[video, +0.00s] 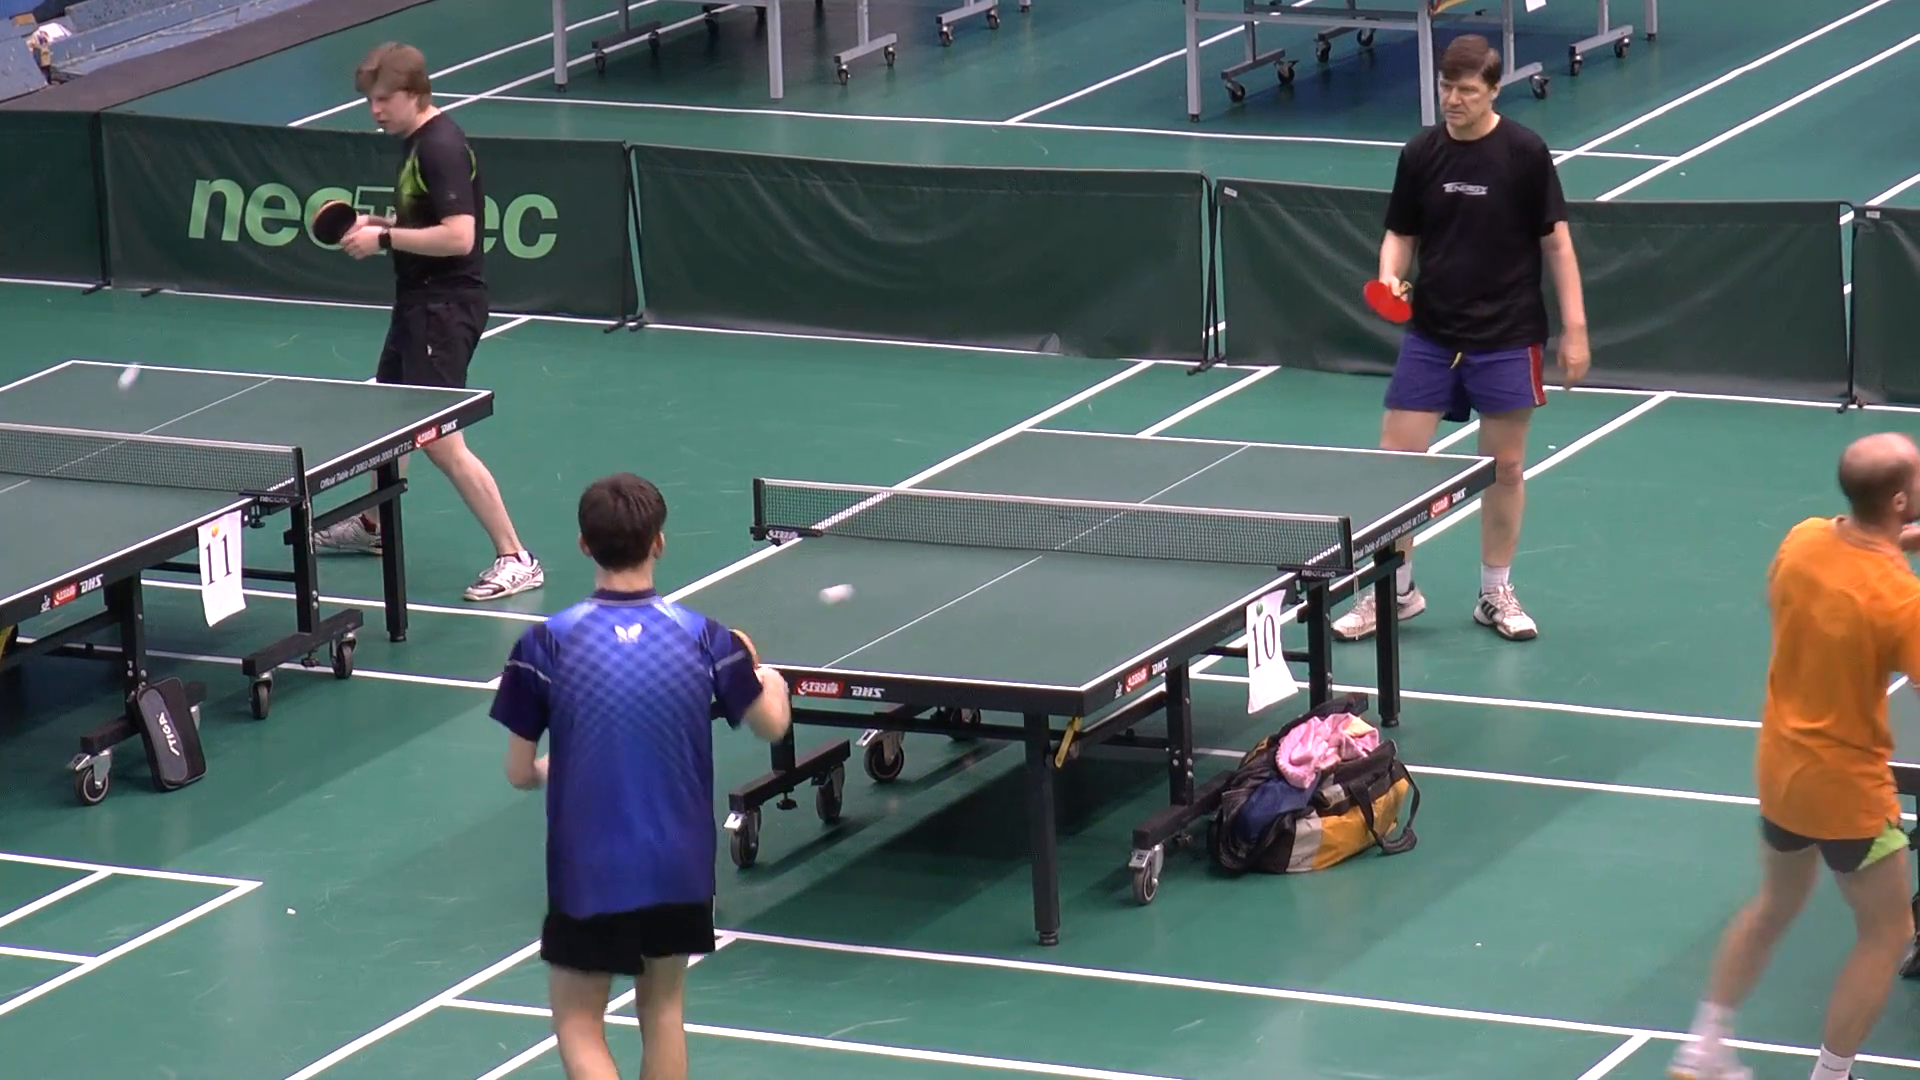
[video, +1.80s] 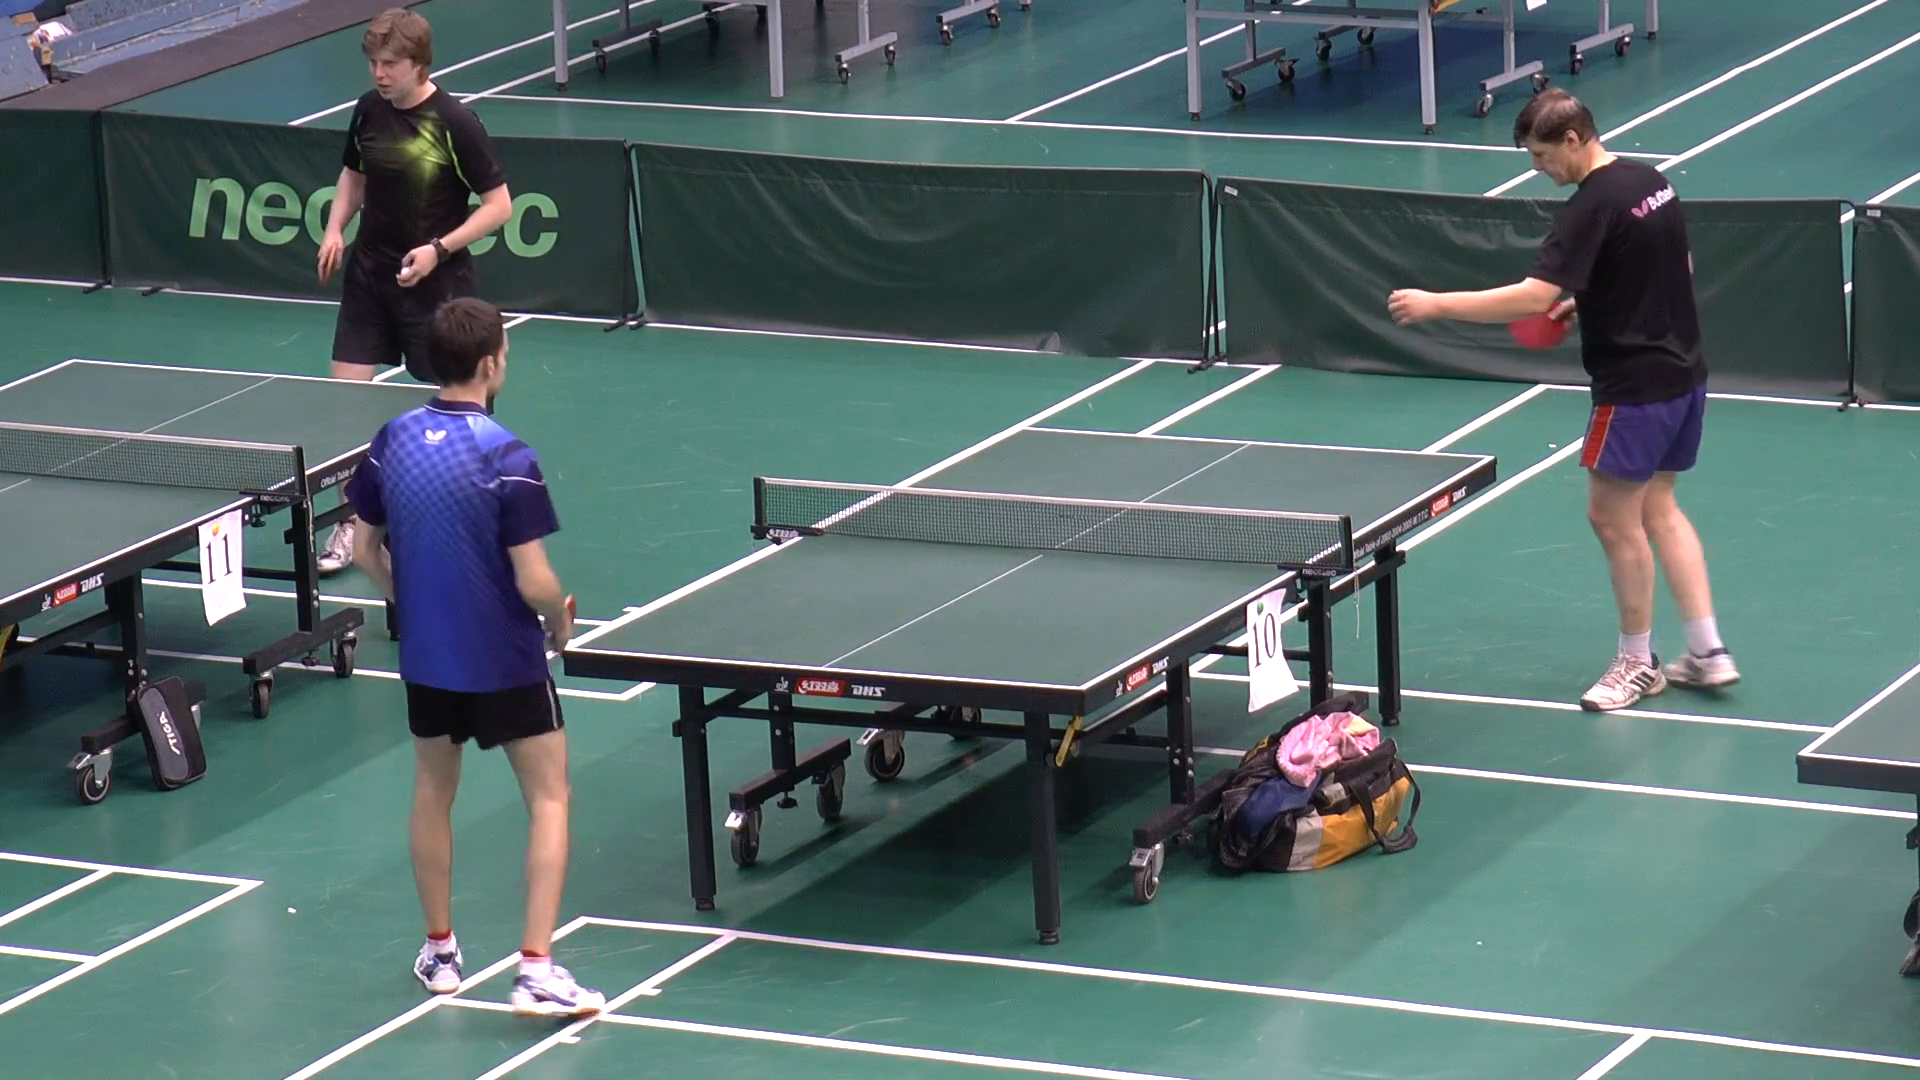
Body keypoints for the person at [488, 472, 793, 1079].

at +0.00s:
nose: (663, 539)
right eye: (661, 531)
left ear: (584, 546)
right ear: (659, 542)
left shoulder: (548, 641)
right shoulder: (702, 638)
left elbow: (520, 772)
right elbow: (773, 724)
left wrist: (571, 757)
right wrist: (757, 666)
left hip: (589, 876)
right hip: (678, 871)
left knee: (579, 1023)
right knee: (664, 1011)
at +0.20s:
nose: (634, 502)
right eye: (632, 495)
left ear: (558, 513)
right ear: (630, 506)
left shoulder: (525, 608)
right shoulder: (677, 596)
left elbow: (499, 747)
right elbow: (751, 685)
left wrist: (494, 835)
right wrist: (749, 709)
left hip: (566, 839)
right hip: (659, 837)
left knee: (556, 971)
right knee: (660, 998)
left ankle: (563, 1076)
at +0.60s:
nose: (578, 452)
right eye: (577, 443)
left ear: (507, 461)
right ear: (574, 454)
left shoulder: (479, 557)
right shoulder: (629, 547)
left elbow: (461, 683)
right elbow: (658, 676)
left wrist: (455, 791)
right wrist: (667, 784)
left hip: (523, 780)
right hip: (610, 776)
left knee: (536, 919)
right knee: (621, 907)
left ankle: (564, 1070)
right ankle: (628, 1034)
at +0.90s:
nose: (573, 436)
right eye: (574, 427)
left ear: (506, 435)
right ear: (575, 435)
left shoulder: (463, 525)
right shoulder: (613, 528)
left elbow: (423, 645)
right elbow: (645, 658)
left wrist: (420, 686)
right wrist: (647, 760)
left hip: (506, 752)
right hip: (592, 747)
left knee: (527, 904)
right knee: (600, 872)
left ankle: (563, 1064)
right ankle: (591, 998)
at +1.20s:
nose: (580, 407)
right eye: (587, 397)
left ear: (521, 396)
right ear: (588, 403)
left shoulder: (470, 478)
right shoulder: (614, 493)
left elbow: (435, 600)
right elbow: (647, 610)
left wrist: (441, 660)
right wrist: (650, 693)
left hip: (494, 702)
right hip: (580, 702)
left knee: (485, 830)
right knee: (587, 831)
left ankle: (525, 956)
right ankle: (586, 996)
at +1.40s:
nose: (565, 391)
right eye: (571, 380)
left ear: (505, 380)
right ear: (571, 386)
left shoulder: (454, 455)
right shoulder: (595, 469)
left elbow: (425, 582)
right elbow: (639, 580)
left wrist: (453, 634)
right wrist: (623, 616)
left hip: (480, 683)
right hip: (569, 686)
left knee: (459, 811)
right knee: (585, 825)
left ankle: (452, 973)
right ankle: (586, 996)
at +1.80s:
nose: (505, 361)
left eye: (501, 351)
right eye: (502, 352)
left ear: (436, 363)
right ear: (489, 363)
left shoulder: (392, 438)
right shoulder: (506, 455)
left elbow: (364, 546)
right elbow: (535, 583)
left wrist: (405, 596)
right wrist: (560, 608)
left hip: (426, 661)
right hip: (504, 664)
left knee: (433, 789)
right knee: (548, 797)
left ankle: (440, 952)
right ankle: (537, 965)